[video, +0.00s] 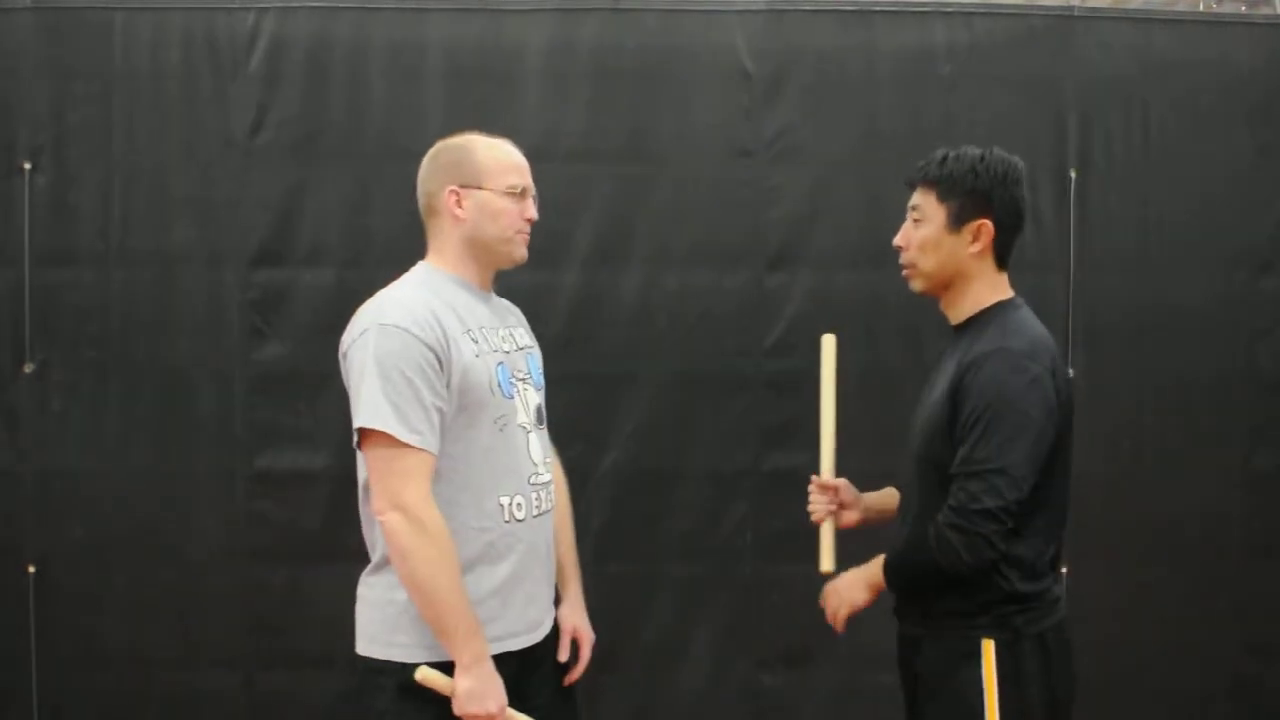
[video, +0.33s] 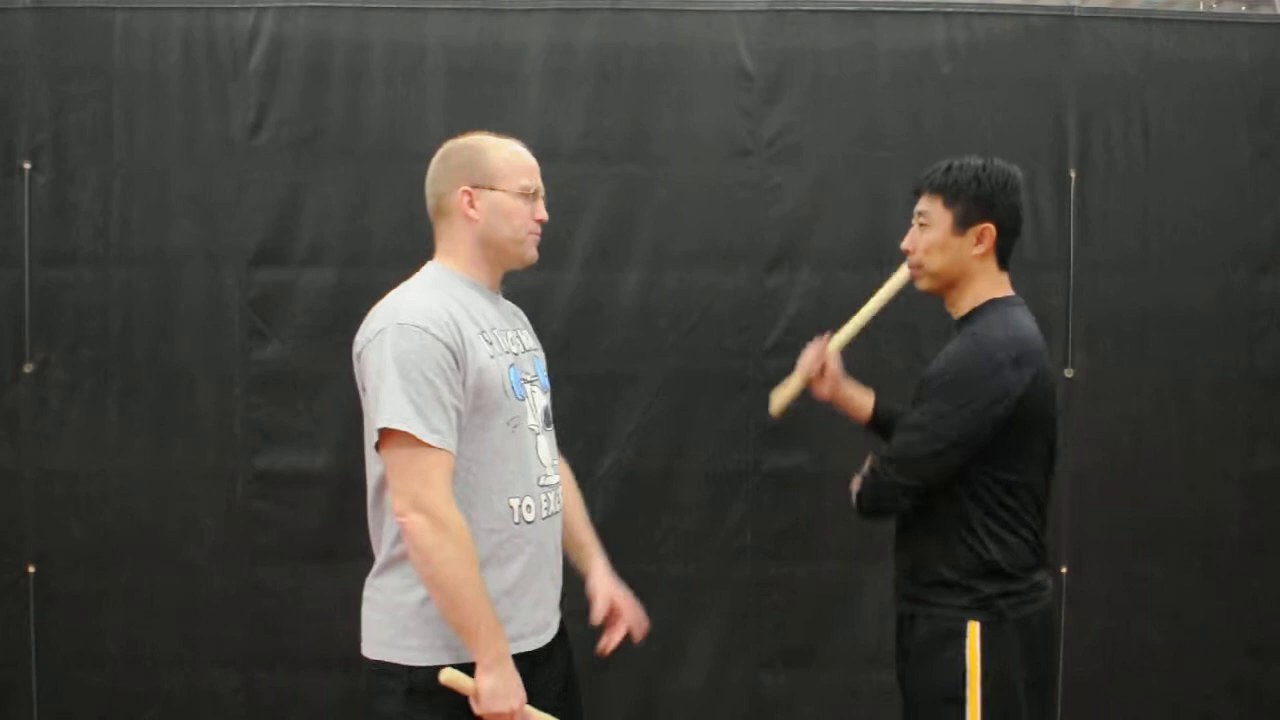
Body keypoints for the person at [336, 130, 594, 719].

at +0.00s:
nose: (533, 213)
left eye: (531, 196)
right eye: (516, 194)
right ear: (458, 202)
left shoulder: (508, 319)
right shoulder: (397, 325)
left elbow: (542, 462)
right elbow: (402, 509)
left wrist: (571, 591)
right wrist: (472, 660)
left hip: (527, 652)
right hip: (428, 664)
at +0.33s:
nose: (544, 214)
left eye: (541, 198)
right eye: (526, 195)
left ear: (477, 205)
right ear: (470, 202)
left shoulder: (510, 321)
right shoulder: (411, 324)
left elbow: (543, 459)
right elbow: (422, 511)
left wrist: (597, 567)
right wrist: (493, 658)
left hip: (536, 652)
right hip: (437, 666)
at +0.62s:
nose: (532, 212)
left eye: (529, 196)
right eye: (517, 194)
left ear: (468, 206)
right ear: (463, 204)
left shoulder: (495, 318)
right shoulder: (423, 326)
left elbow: (560, 416)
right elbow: (466, 511)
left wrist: (632, 442)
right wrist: (549, 633)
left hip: (513, 647)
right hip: (444, 660)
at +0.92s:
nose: (517, 209)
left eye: (511, 193)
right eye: (500, 193)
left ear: (451, 208)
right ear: (446, 208)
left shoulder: (494, 284)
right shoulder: (436, 320)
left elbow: (614, 285)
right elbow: (577, 463)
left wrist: (714, 323)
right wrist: (640, 483)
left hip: (512, 619)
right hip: (440, 643)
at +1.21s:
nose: (491, 210)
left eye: (486, 193)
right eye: (472, 194)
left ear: (415, 215)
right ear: (411, 212)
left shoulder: (487, 284)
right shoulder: (393, 318)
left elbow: (594, 282)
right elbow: (581, 357)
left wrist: (659, 235)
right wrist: (656, 260)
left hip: (521, 622)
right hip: (427, 638)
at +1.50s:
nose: (502, 212)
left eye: (503, 196)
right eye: (478, 197)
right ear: (420, 214)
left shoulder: (532, 315)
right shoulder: (367, 323)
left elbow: (608, 424)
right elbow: (431, 451)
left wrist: (654, 407)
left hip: (534, 623)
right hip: (425, 647)